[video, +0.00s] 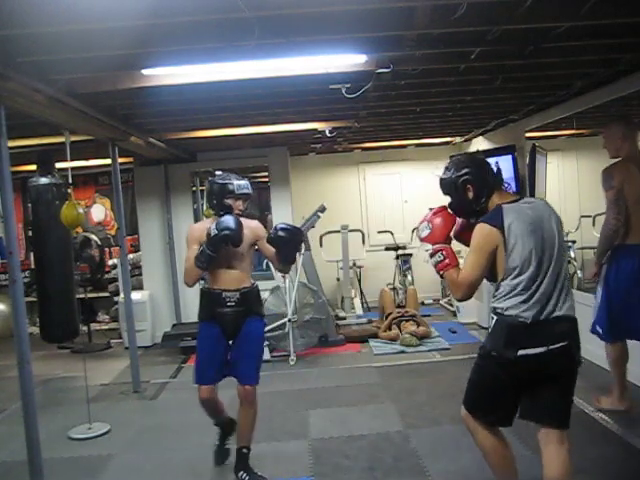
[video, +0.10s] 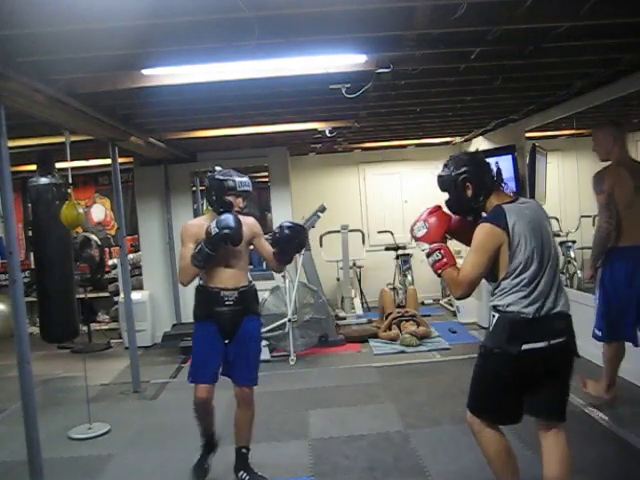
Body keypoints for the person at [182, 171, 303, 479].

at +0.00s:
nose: (239, 206)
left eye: (243, 201)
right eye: (233, 200)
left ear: (246, 203)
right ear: (217, 201)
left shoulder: (253, 228)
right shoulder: (199, 230)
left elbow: (282, 267)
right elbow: (189, 279)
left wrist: (289, 249)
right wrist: (210, 248)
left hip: (248, 310)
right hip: (212, 311)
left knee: (248, 391)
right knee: (205, 394)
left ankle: (243, 463)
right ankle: (226, 426)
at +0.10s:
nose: (241, 202)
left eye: (243, 196)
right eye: (235, 196)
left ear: (243, 198)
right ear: (217, 196)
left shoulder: (249, 225)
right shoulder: (195, 228)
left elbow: (276, 264)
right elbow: (184, 277)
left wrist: (290, 248)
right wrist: (209, 246)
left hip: (246, 311)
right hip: (209, 312)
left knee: (245, 393)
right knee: (201, 394)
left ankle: (242, 464)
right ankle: (209, 444)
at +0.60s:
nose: (256, 208)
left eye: (257, 202)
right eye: (253, 201)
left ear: (238, 198)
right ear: (233, 197)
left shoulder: (245, 225)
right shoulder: (201, 228)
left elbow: (286, 248)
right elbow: (209, 280)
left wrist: (331, 234)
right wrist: (244, 244)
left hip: (248, 321)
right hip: (217, 325)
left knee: (272, 401)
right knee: (221, 413)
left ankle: (265, 472)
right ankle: (196, 470)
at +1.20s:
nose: (302, 197)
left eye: (303, 190)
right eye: (298, 189)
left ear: (277, 188)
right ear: (282, 187)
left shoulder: (283, 225)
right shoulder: (246, 225)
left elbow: (290, 263)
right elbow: (253, 282)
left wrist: (325, 256)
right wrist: (288, 249)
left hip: (281, 324)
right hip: (255, 330)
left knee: (305, 403)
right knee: (262, 422)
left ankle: (300, 472)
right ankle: (239, 476)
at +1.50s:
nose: (323, 198)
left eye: (323, 192)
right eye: (322, 190)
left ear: (291, 187)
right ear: (314, 189)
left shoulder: (278, 221)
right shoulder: (292, 222)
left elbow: (302, 275)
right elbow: (319, 279)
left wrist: (326, 246)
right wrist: (336, 248)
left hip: (288, 322)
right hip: (288, 325)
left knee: (319, 402)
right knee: (292, 419)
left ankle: (325, 473)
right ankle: (251, 475)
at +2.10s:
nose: (369, 191)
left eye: (366, 186)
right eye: (367, 186)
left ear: (338, 187)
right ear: (360, 185)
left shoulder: (321, 219)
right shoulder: (374, 214)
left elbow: (306, 257)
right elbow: (404, 264)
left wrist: (326, 232)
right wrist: (397, 236)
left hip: (336, 308)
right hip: (366, 308)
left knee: (355, 386)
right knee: (370, 398)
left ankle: (366, 447)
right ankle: (361, 473)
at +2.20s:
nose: (364, 193)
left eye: (359, 189)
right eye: (365, 188)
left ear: (337, 190)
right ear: (365, 187)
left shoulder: (324, 220)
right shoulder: (377, 216)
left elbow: (310, 256)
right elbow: (410, 261)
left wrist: (331, 234)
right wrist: (388, 238)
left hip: (340, 310)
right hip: (371, 310)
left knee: (360, 391)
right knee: (380, 397)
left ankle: (372, 455)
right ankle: (364, 472)